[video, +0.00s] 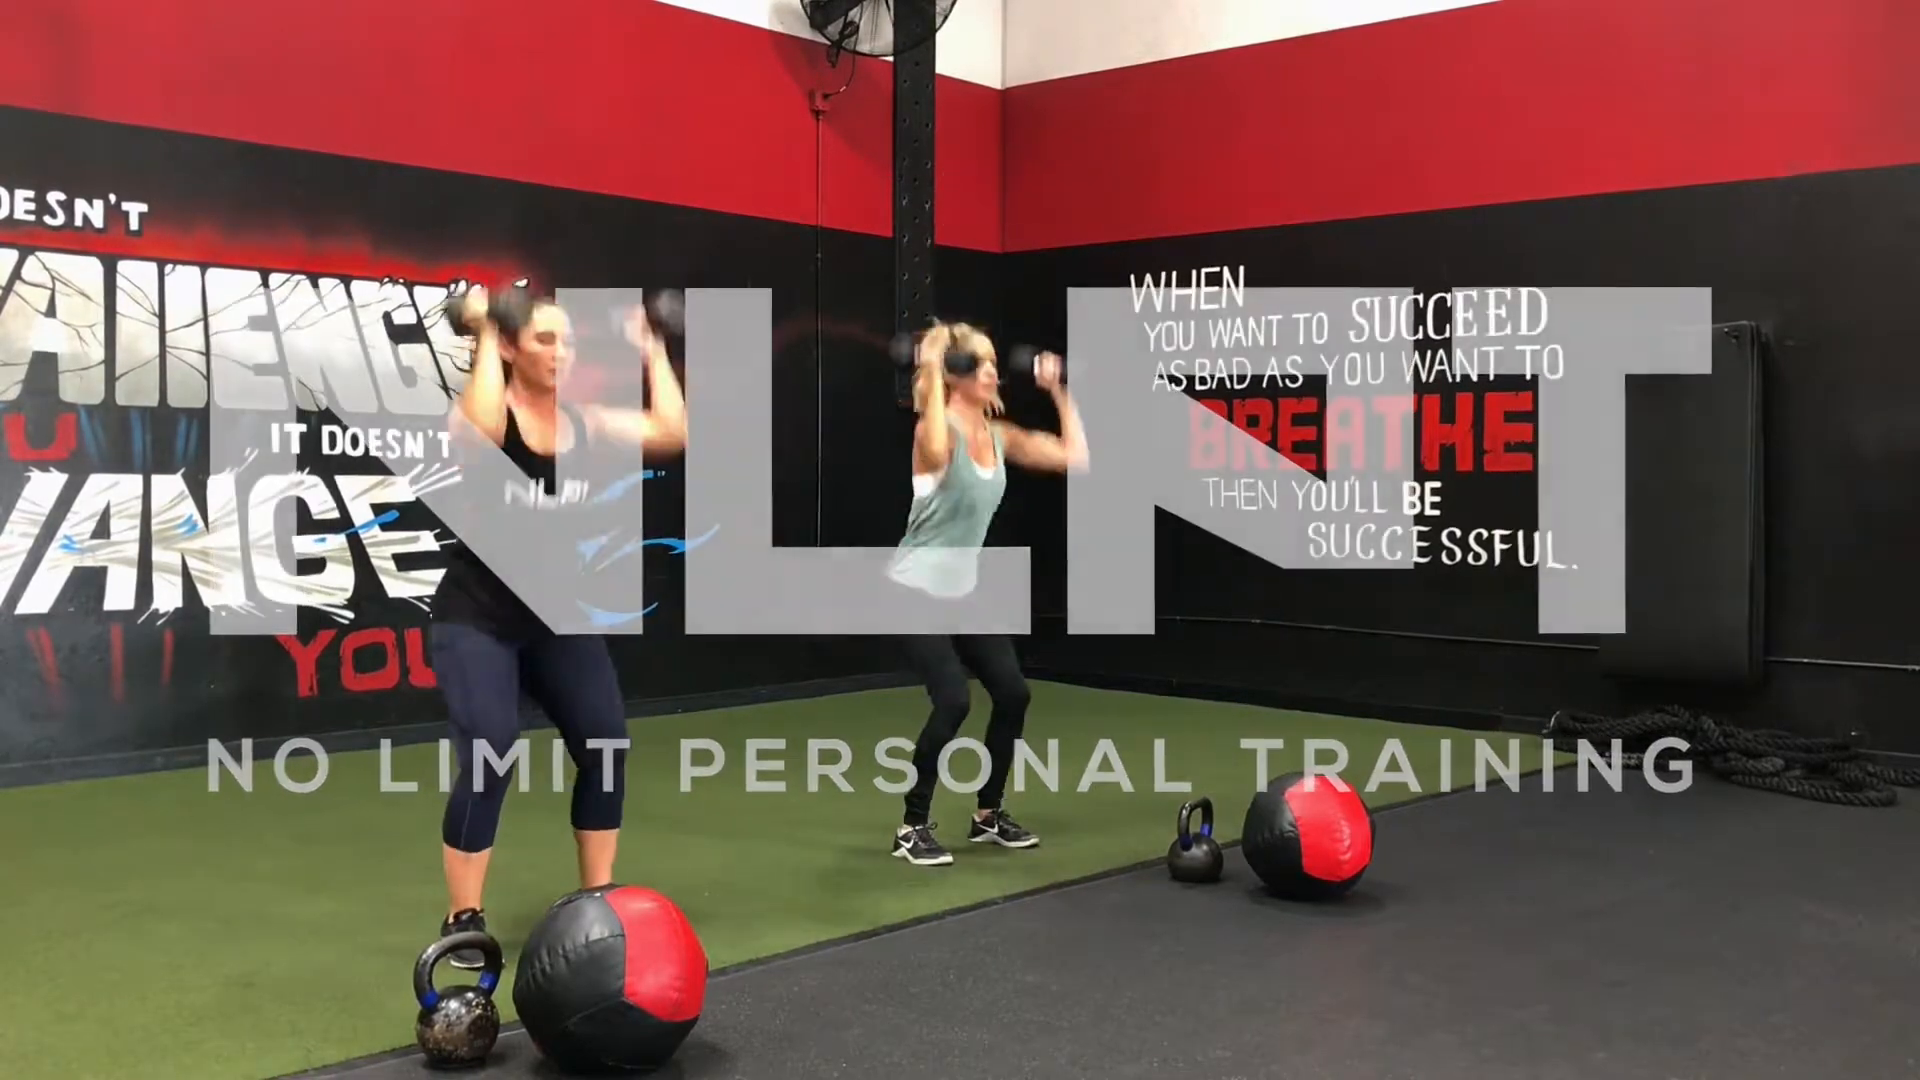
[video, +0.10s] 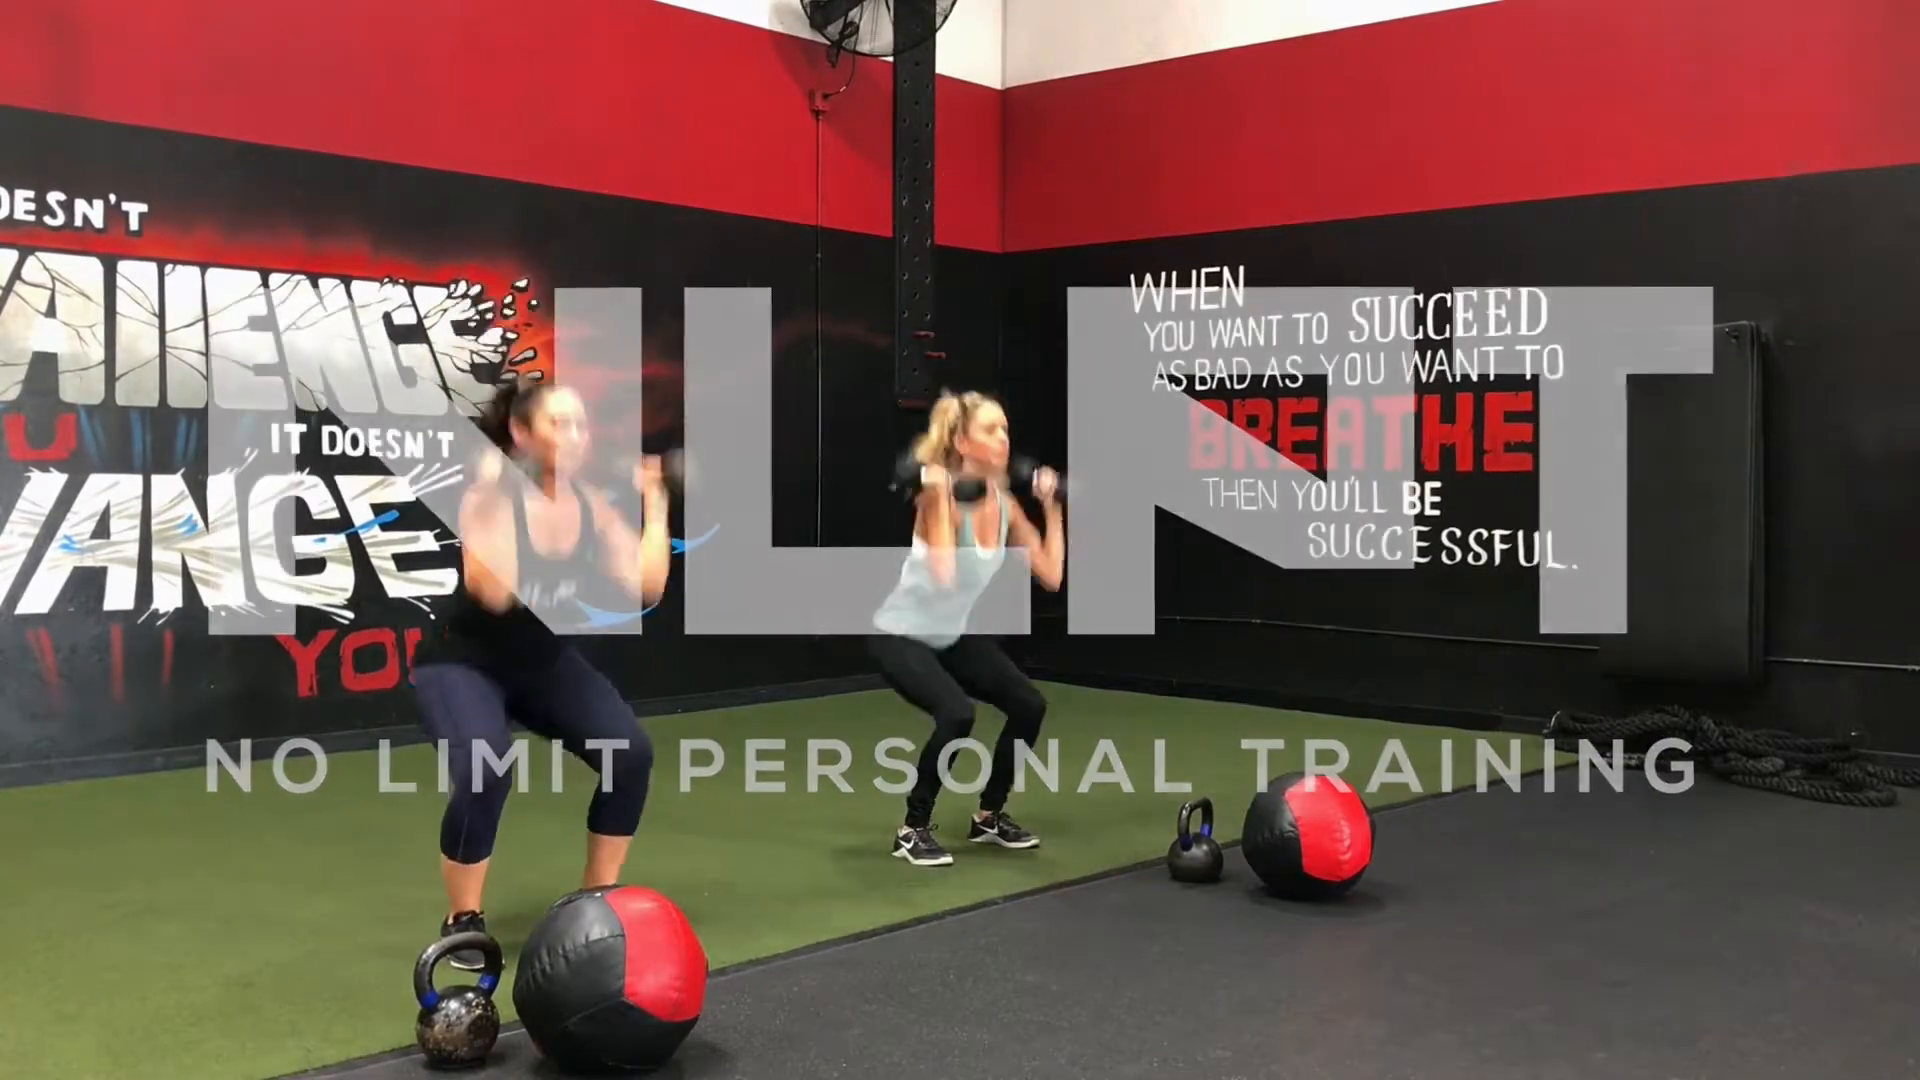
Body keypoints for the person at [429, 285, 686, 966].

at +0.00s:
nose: (560, 352)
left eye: (565, 340)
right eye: (545, 340)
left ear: (571, 348)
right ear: (508, 347)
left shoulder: (585, 420)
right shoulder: (480, 414)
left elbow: (671, 432)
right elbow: (483, 423)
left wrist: (653, 349)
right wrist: (487, 331)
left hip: (561, 615)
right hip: (477, 615)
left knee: (606, 742)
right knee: (487, 749)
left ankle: (597, 905)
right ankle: (465, 922)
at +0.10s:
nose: (571, 435)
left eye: (577, 423)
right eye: (557, 423)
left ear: (586, 434)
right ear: (520, 432)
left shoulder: (589, 504)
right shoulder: (494, 494)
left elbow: (646, 588)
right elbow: (495, 595)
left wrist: (655, 499)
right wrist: (491, 493)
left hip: (535, 654)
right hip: (461, 655)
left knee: (628, 752)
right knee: (483, 764)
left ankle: (596, 904)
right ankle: (464, 924)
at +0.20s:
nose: (589, 521)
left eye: (594, 510)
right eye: (573, 509)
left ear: (601, 520)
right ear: (535, 521)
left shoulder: (599, 582)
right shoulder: (496, 580)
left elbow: (632, 683)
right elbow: (493, 696)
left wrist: (651, 605)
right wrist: (504, 603)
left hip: (541, 710)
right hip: (455, 714)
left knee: (641, 764)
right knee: (494, 788)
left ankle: (597, 910)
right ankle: (464, 928)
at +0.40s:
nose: (592, 514)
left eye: (596, 502)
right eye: (575, 502)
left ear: (603, 512)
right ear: (536, 515)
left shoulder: (602, 573)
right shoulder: (499, 576)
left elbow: (648, 668)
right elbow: (508, 683)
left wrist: (657, 586)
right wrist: (514, 588)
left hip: (540, 711)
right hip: (456, 711)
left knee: (641, 765)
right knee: (496, 788)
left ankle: (597, 911)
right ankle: (465, 929)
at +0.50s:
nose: (579, 418)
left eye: (582, 407)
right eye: (562, 408)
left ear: (587, 415)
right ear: (524, 419)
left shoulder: (596, 486)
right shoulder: (495, 482)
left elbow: (666, 555)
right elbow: (511, 561)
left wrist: (658, 472)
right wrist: (500, 467)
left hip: (547, 653)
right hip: (468, 655)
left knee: (632, 758)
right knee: (491, 774)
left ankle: (596, 910)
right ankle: (465, 928)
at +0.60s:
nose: (562, 336)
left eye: (568, 324)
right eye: (547, 324)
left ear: (575, 331)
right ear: (512, 330)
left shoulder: (593, 403)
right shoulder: (488, 402)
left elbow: (674, 405)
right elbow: (503, 390)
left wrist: (648, 316)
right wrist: (494, 303)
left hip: (568, 603)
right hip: (487, 603)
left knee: (600, 745)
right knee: (489, 754)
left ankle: (598, 909)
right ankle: (465, 925)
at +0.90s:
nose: (563, 340)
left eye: (569, 329)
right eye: (548, 328)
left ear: (574, 336)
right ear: (511, 335)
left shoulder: (588, 407)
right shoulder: (484, 409)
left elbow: (670, 401)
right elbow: (492, 385)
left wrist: (647, 313)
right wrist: (491, 295)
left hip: (565, 610)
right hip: (482, 611)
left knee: (597, 741)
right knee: (488, 752)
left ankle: (599, 907)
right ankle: (465, 924)